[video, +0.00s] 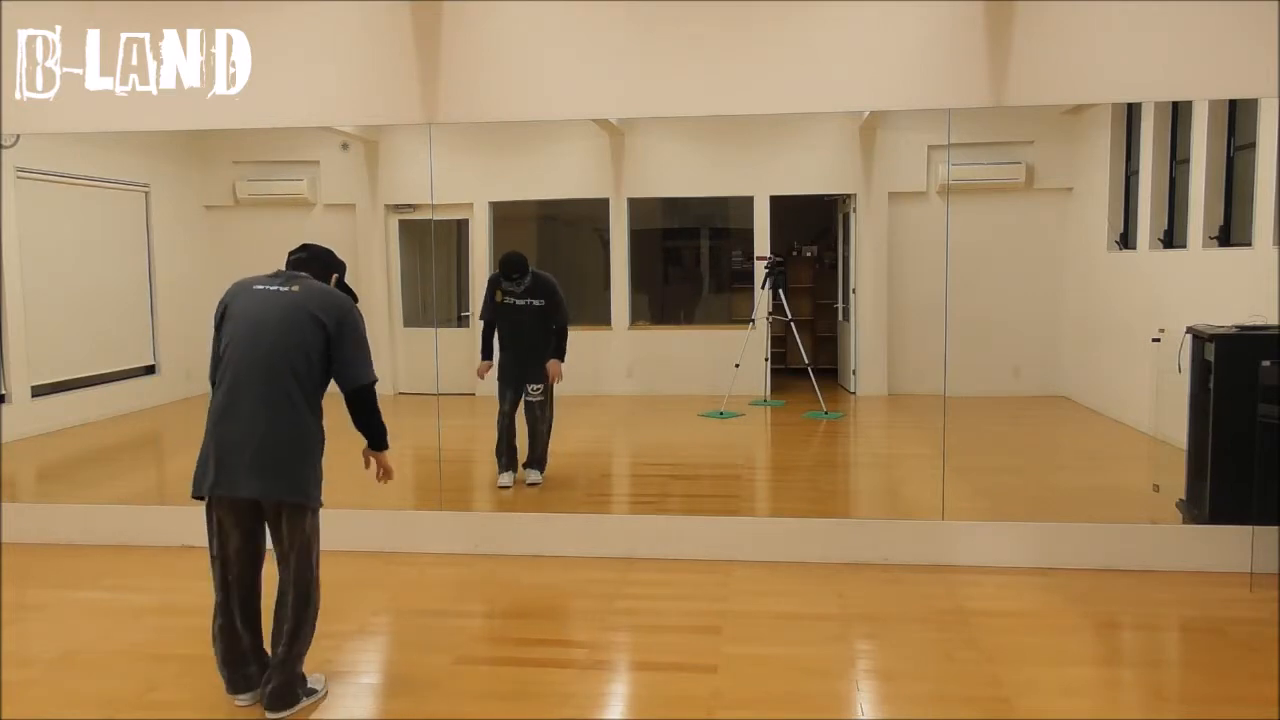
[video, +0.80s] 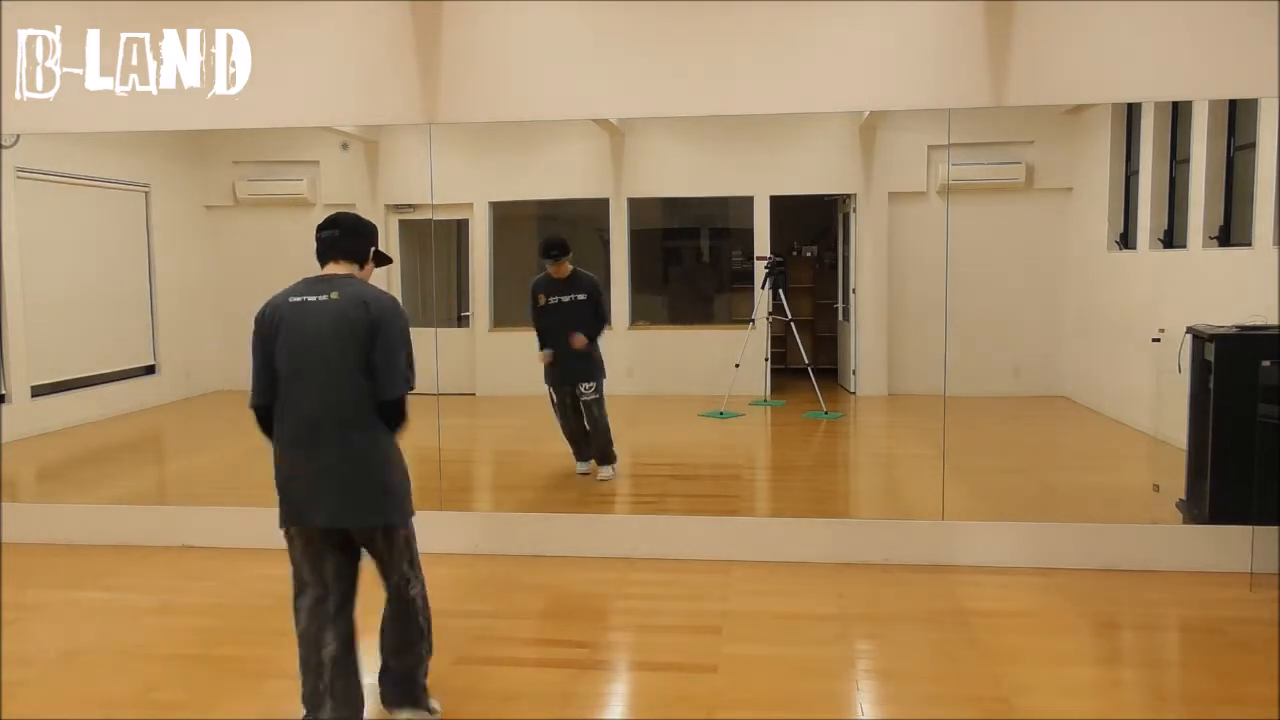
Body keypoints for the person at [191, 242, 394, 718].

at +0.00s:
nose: (340, 294)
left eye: (340, 289)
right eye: (340, 287)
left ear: (288, 269)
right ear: (329, 279)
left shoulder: (237, 292)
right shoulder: (336, 305)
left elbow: (220, 372)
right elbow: (357, 385)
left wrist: (243, 423)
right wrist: (377, 444)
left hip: (225, 452)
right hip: (289, 456)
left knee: (233, 570)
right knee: (298, 573)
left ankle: (242, 677)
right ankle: (283, 688)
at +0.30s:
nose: (343, 288)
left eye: (341, 283)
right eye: (343, 282)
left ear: (289, 275)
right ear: (334, 279)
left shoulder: (244, 305)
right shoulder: (341, 310)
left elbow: (203, 379)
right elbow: (359, 377)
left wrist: (245, 381)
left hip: (246, 470)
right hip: (311, 468)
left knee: (248, 577)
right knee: (346, 557)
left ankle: (248, 676)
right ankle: (308, 625)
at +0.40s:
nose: (348, 268)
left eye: (346, 263)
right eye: (348, 262)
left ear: (293, 257)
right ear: (342, 261)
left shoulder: (250, 296)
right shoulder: (350, 292)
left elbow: (179, 346)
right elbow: (400, 330)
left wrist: (234, 335)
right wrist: (444, 341)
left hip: (261, 468)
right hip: (329, 467)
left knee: (254, 577)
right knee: (382, 563)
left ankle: (248, 676)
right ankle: (372, 661)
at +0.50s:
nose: (355, 262)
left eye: (353, 257)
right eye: (355, 256)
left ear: (300, 253)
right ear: (348, 255)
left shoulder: (260, 295)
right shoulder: (367, 286)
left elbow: (199, 333)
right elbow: (444, 316)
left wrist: (174, 353)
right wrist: (511, 336)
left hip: (284, 465)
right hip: (355, 463)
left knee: (271, 558)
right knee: (391, 576)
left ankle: (266, 665)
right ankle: (422, 698)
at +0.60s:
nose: (366, 268)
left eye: (365, 263)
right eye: (365, 261)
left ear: (309, 259)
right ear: (358, 260)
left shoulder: (271, 306)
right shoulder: (382, 299)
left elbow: (224, 358)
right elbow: (457, 345)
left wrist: (188, 381)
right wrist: (527, 374)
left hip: (302, 469)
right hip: (374, 468)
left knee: (305, 562)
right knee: (388, 581)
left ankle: (304, 660)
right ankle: (418, 709)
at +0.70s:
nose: (371, 271)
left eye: (369, 266)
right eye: (372, 265)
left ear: (315, 260)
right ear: (365, 263)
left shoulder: (277, 309)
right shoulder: (382, 305)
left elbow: (224, 399)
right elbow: (431, 378)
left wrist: (248, 437)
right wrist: (463, 427)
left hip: (308, 484)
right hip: (375, 482)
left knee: (327, 580)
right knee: (395, 588)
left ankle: (322, 690)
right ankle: (410, 701)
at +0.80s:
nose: (374, 270)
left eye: (374, 264)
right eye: (376, 263)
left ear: (319, 256)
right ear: (369, 260)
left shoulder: (275, 310)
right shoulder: (380, 307)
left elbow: (264, 407)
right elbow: (392, 403)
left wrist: (301, 445)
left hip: (304, 489)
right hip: (371, 483)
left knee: (319, 603)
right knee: (406, 588)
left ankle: (328, 711)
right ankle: (404, 693)